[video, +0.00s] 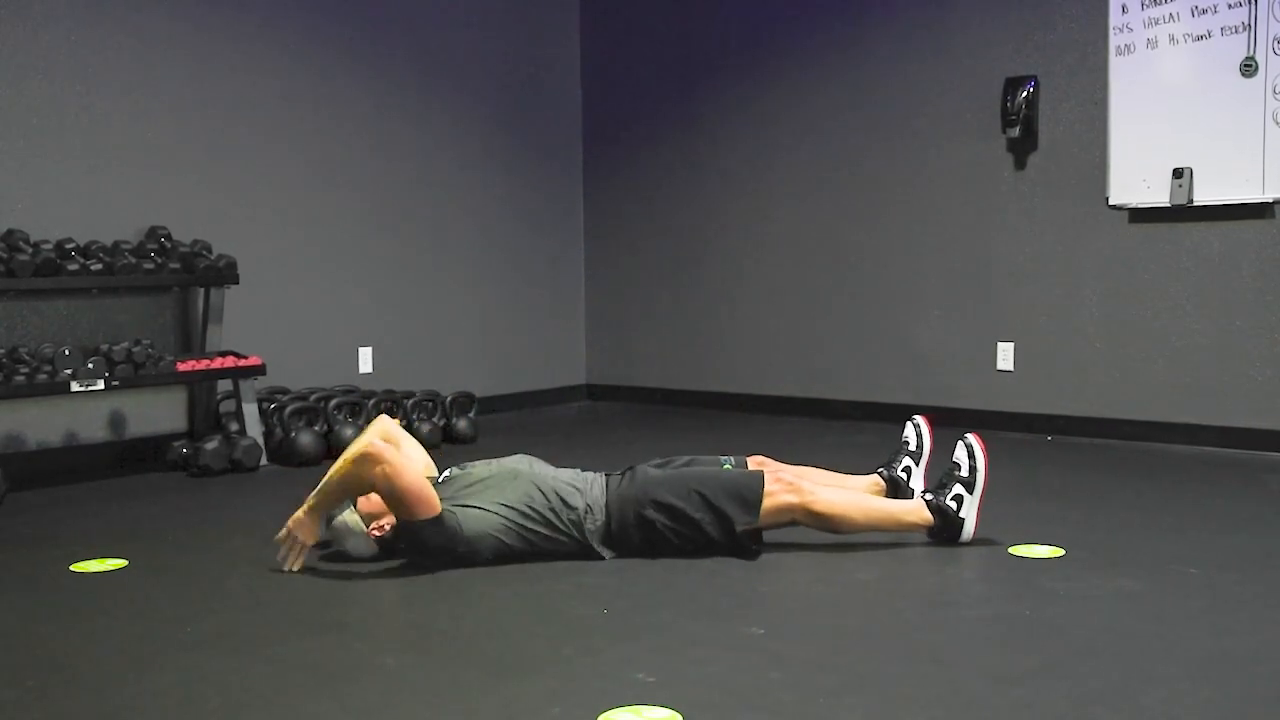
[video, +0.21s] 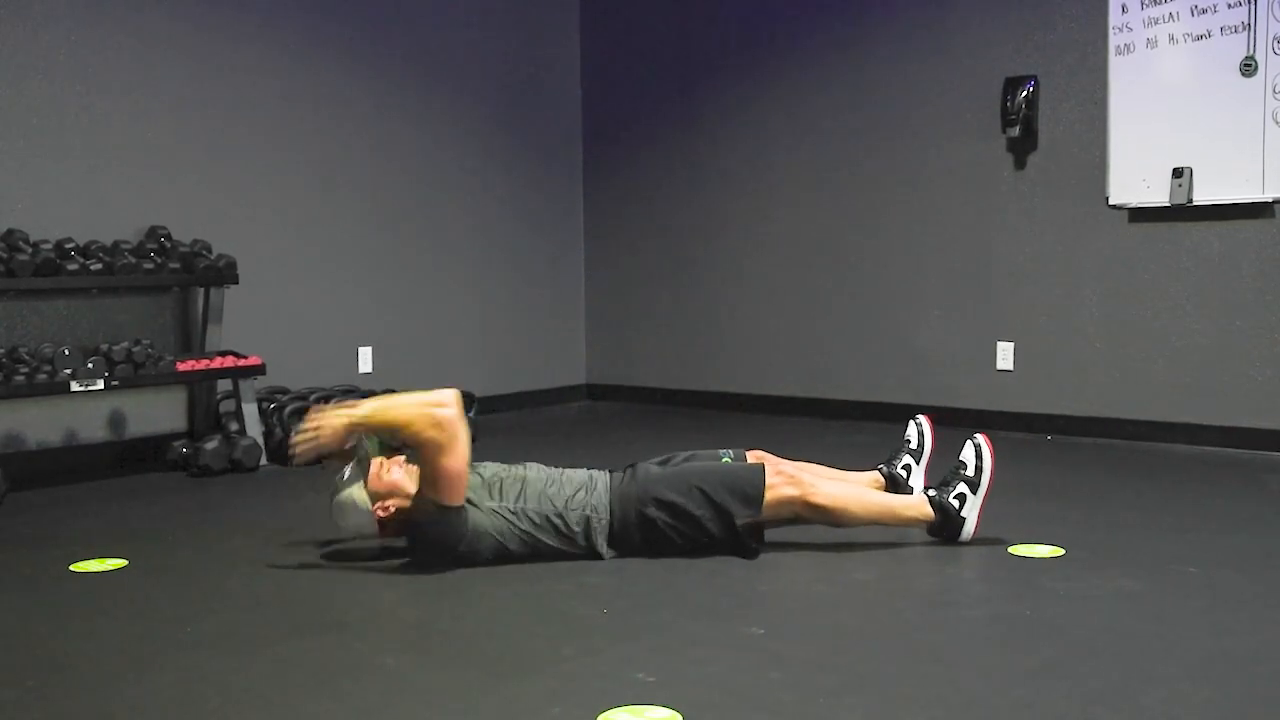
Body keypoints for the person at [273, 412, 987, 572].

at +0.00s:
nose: (379, 498)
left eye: (372, 495)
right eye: (372, 502)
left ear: (382, 503)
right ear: (381, 521)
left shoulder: (437, 507)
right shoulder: (429, 532)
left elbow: (385, 434)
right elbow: (374, 435)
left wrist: (325, 505)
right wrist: (312, 515)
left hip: (620, 487)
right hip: (618, 512)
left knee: (765, 466)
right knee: (782, 492)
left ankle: (894, 490)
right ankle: (938, 517)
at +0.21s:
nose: (387, 471)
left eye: (376, 471)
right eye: (376, 477)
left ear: (385, 480)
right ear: (386, 502)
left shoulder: (435, 495)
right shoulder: (437, 520)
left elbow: (444, 409)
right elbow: (444, 413)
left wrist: (359, 414)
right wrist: (358, 419)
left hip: (622, 485)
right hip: (623, 512)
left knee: (767, 462)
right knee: (787, 485)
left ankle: (897, 486)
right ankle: (938, 512)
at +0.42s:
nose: (464, 403)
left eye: (454, 398)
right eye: (449, 407)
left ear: (437, 431)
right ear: (432, 437)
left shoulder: (470, 454)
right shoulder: (472, 473)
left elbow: (555, 416)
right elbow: (575, 427)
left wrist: (580, 332)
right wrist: (586, 328)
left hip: (620, 490)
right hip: (621, 512)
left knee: (765, 458)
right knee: (791, 483)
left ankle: (895, 481)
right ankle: (942, 510)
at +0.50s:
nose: (492, 385)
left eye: (484, 378)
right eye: (477, 382)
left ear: (457, 405)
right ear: (453, 409)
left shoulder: (495, 436)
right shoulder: (489, 457)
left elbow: (583, 400)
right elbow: (598, 428)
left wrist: (639, 335)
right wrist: (652, 340)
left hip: (632, 489)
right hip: (626, 516)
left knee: (772, 455)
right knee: (796, 480)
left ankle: (901, 479)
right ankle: (948, 508)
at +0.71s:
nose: (539, 342)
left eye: (533, 334)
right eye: (528, 336)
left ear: (505, 353)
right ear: (500, 356)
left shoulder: (532, 393)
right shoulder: (515, 412)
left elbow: (629, 395)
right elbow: (622, 426)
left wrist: (704, 366)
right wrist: (722, 384)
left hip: (645, 484)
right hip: (633, 512)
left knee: (787, 458)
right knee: (805, 477)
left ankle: (916, 479)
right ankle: (957, 498)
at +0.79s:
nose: (559, 324)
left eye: (553, 315)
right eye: (547, 318)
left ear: (522, 337)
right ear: (519, 338)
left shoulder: (544, 380)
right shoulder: (533, 399)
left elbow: (637, 394)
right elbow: (642, 420)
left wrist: (718, 379)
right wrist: (736, 396)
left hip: (647, 482)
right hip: (637, 508)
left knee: (786, 464)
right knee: (805, 480)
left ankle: (910, 479)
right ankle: (959, 499)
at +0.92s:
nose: (593, 306)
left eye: (587, 296)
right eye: (581, 299)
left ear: (551, 316)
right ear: (551, 316)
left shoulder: (563, 365)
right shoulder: (562, 376)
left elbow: (660, 397)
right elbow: (669, 413)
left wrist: (740, 394)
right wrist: (763, 409)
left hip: (646, 489)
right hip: (635, 509)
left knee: (801, 473)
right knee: (809, 478)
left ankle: (914, 475)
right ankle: (961, 506)